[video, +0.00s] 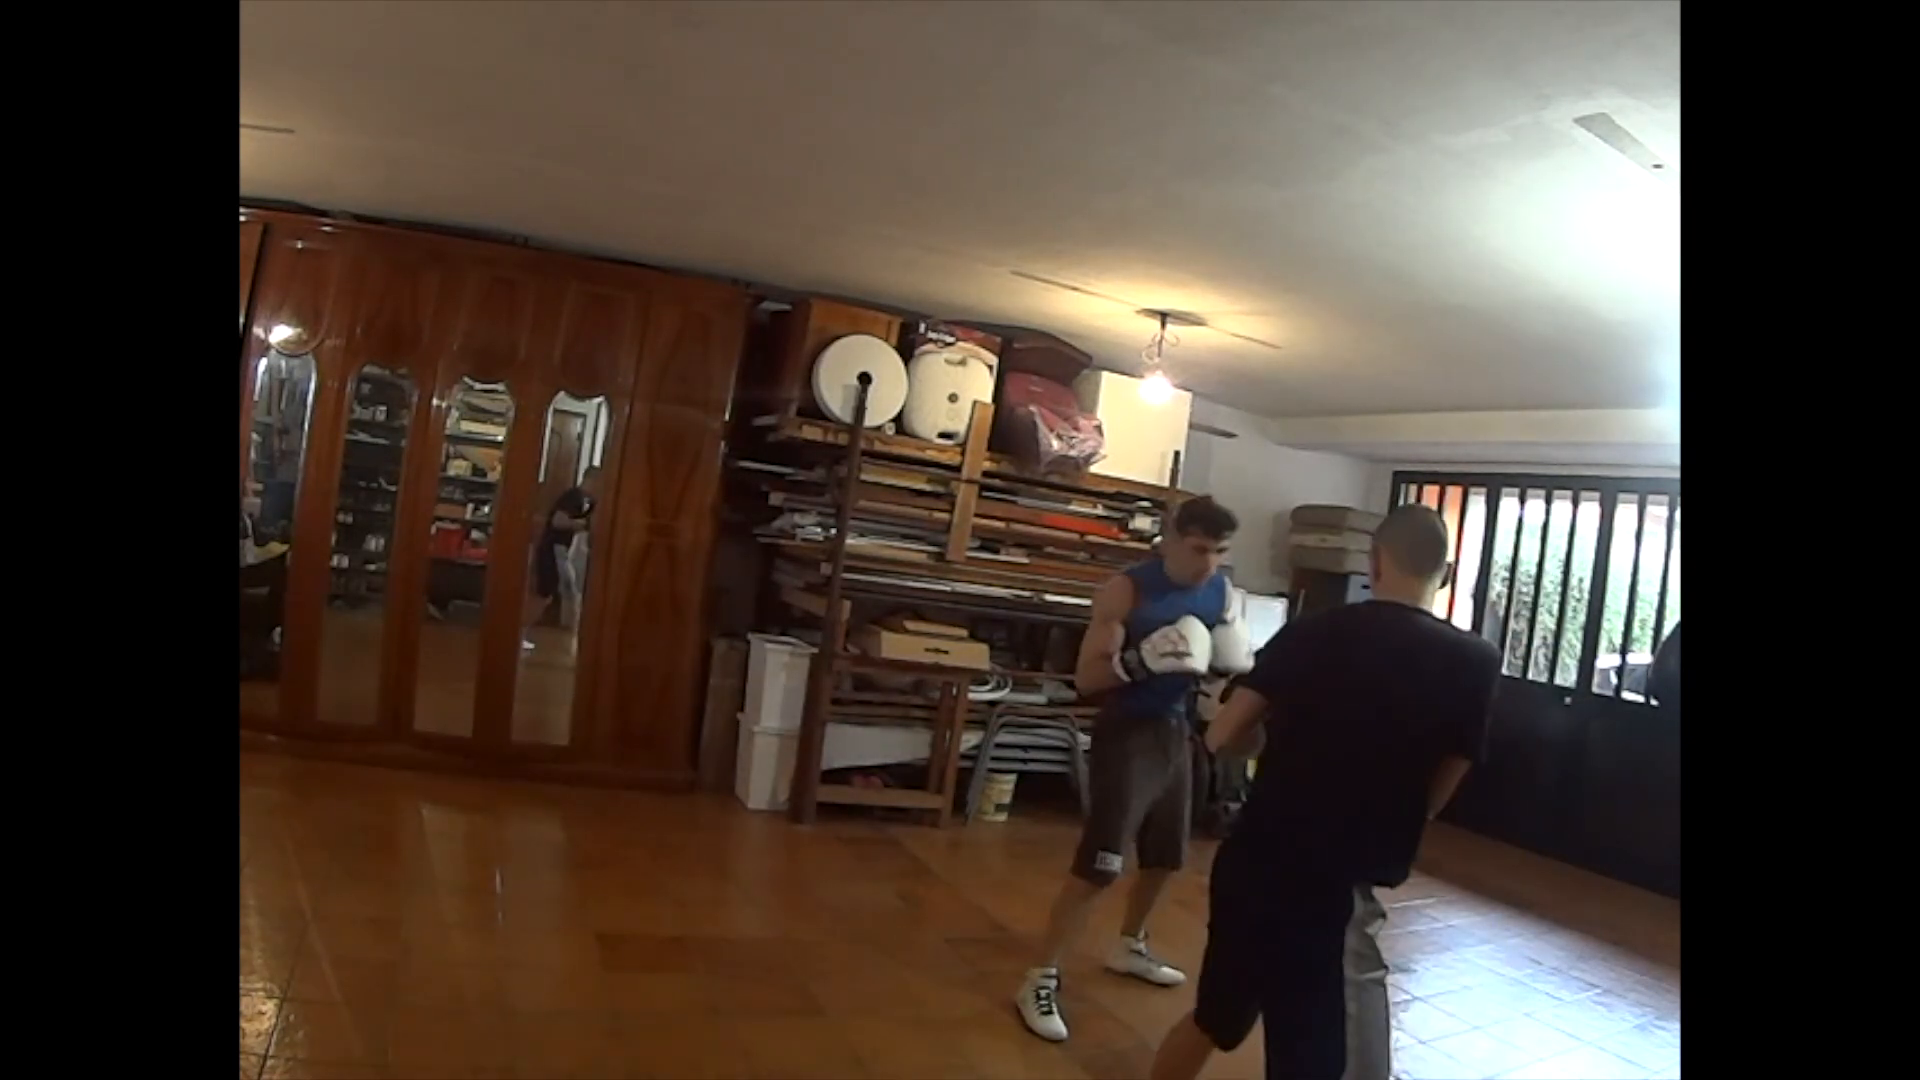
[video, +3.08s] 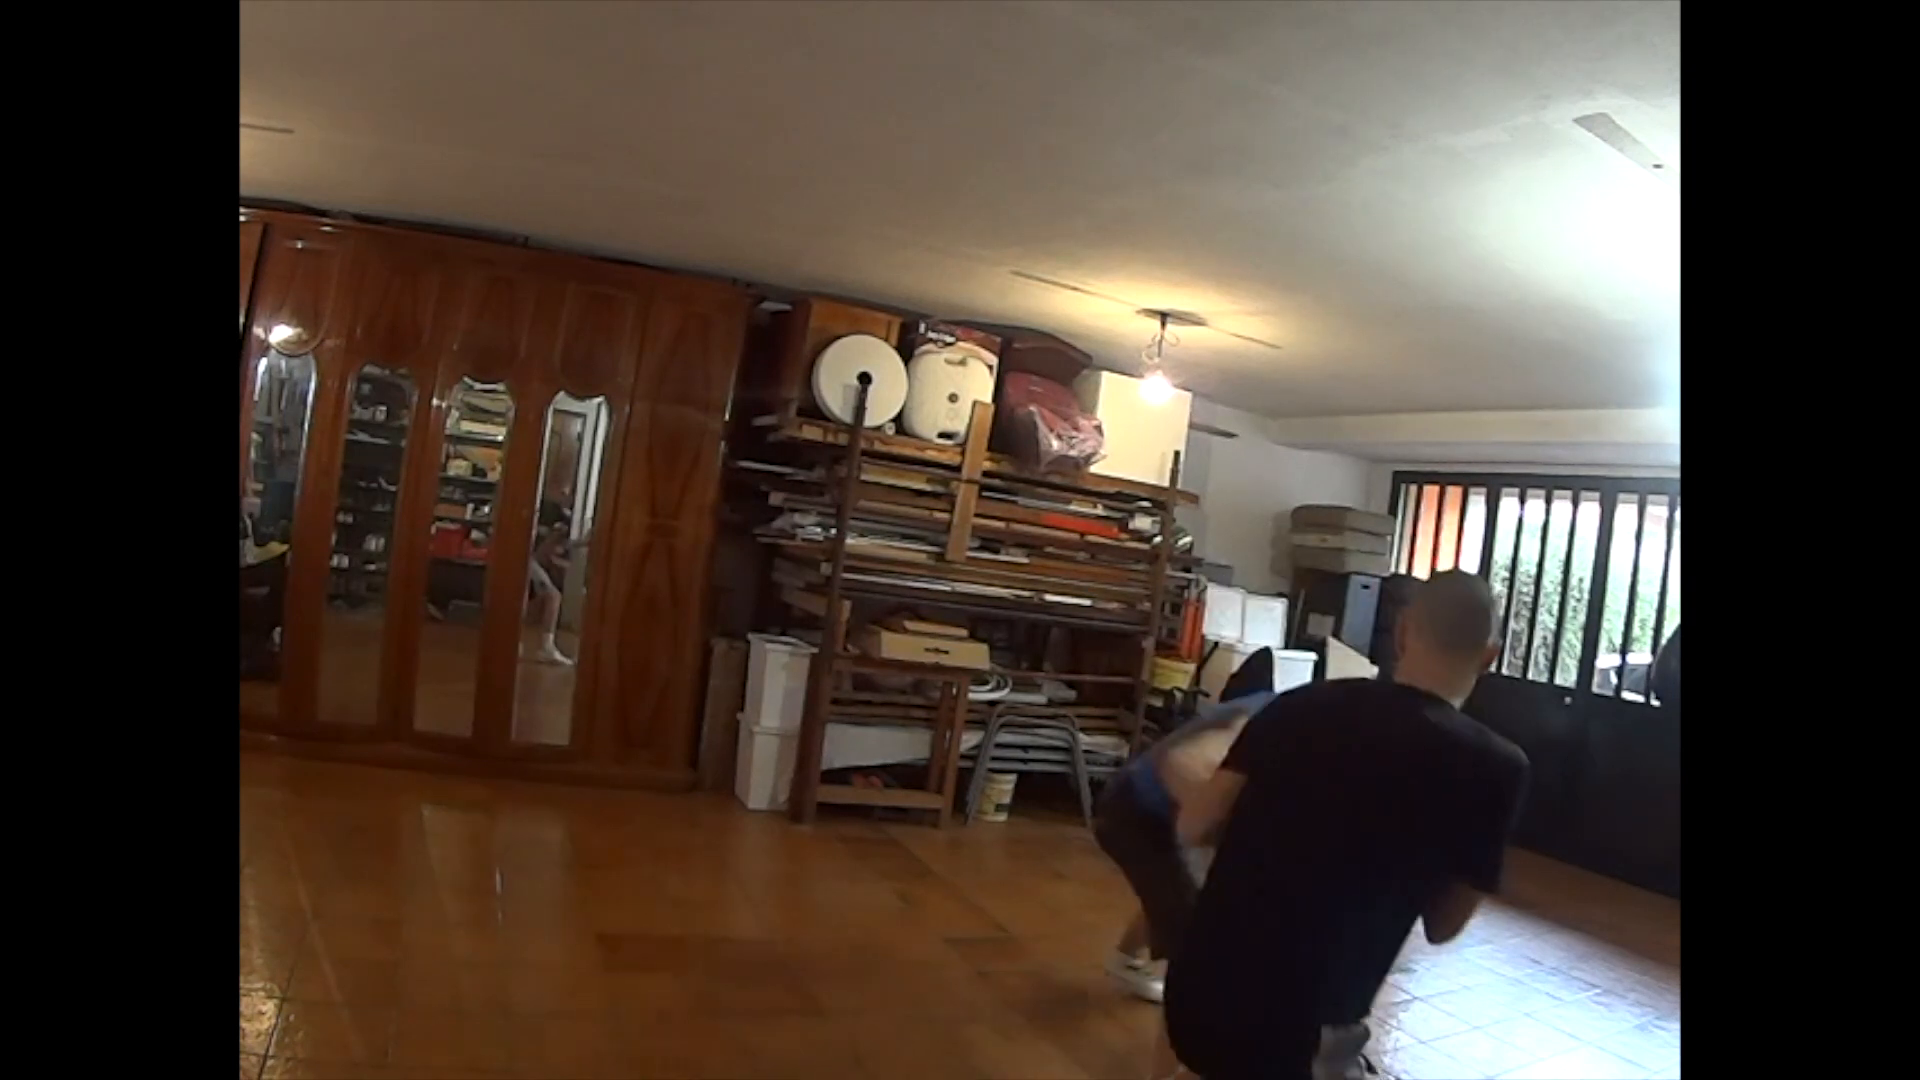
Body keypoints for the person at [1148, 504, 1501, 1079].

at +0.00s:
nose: (1371, 568)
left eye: (1372, 559)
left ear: (1377, 562)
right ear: (1444, 572)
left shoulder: (1318, 627)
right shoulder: (1474, 662)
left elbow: (1221, 737)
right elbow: (1434, 797)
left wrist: (1272, 727)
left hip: (1257, 858)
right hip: (1347, 888)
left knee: (1209, 1021)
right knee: (1315, 1064)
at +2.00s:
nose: (1379, 577)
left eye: (1378, 568)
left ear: (1378, 575)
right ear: (1456, 599)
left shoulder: (1301, 651)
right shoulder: (1466, 697)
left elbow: (1195, 761)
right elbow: (1434, 850)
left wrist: (1272, 752)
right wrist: (1375, 791)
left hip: (1208, 919)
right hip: (1299, 955)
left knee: (1209, 1066)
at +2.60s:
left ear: (1384, 572)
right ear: (1467, 595)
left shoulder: (1298, 655)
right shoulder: (1479, 701)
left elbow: (1198, 770)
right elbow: (1444, 857)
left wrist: (1276, 774)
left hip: (1218, 927)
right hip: (1315, 963)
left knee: (1213, 1065)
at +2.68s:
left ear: (1375, 576)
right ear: (1455, 598)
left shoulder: (1299, 656)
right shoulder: (1474, 691)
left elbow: (1200, 777)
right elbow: (1445, 856)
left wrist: (1271, 786)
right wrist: (1388, 800)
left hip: (1213, 924)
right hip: (1311, 959)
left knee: (1213, 1057)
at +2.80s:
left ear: (1371, 591)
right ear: (1447, 610)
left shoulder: (1298, 663)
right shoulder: (1460, 701)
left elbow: (1199, 749)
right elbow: (1436, 858)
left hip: (1203, 937)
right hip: (1302, 965)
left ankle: (1202, 1061)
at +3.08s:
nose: (1397, 635)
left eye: (1399, 625)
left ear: (1403, 632)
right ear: (1490, 659)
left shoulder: (1305, 704)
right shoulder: (1493, 765)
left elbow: (1197, 823)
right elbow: (1443, 924)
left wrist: (1185, 768)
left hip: (1199, 994)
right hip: (1309, 1031)